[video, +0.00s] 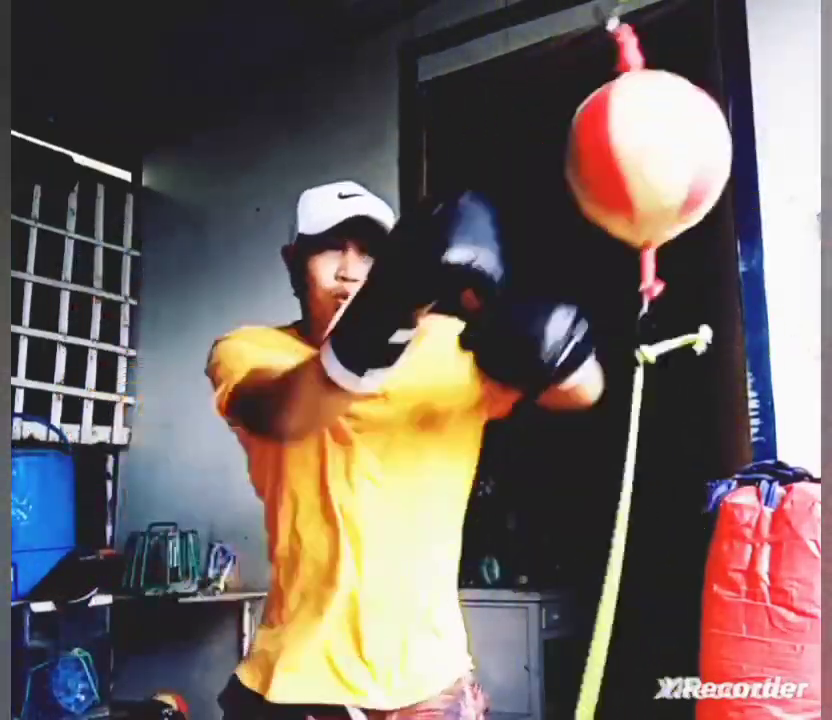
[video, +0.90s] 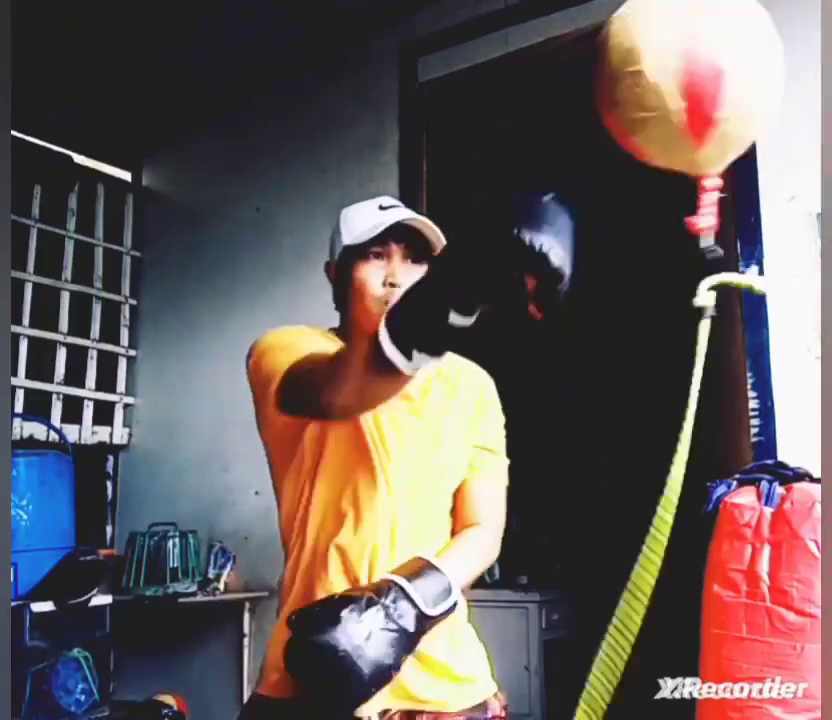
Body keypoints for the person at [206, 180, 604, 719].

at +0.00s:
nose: (349, 269)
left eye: (369, 250)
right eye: (330, 248)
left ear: (394, 266)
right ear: (297, 265)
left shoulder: (460, 348)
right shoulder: (249, 352)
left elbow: (582, 391)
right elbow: (285, 417)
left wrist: (560, 349)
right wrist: (376, 318)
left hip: (431, 684)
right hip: (294, 687)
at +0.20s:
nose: (360, 263)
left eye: (384, 247)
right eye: (344, 241)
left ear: (412, 268)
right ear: (320, 258)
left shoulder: (467, 352)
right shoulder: (286, 368)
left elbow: (555, 462)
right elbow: (234, 514)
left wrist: (489, 471)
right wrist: (271, 423)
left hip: (442, 668)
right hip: (315, 659)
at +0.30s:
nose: (301, 282)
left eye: (322, 261)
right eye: (284, 263)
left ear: (356, 271)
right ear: (263, 281)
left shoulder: (435, 370)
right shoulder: (267, 381)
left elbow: (493, 500)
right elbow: (239, 539)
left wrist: (421, 583)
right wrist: (254, 424)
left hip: (444, 675)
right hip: (320, 675)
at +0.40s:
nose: (257, 314)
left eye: (274, 297)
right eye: (238, 301)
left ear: (304, 312)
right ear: (217, 325)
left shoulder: (388, 381)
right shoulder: (222, 436)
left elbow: (465, 497)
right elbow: (238, 571)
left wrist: (382, 593)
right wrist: (245, 459)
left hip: (435, 671)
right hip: (326, 684)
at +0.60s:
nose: (285, 323)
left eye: (301, 302)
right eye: (263, 304)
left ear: (324, 315)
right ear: (237, 328)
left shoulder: (400, 392)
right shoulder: (222, 448)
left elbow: (461, 520)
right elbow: (249, 589)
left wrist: (370, 618)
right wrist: (261, 491)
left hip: (430, 684)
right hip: (306, 690)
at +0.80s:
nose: (390, 272)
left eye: (404, 257)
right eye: (367, 257)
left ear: (423, 270)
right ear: (329, 280)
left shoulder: (456, 382)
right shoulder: (281, 361)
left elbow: (484, 518)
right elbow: (295, 446)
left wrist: (414, 583)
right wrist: (389, 330)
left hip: (444, 682)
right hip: (313, 687)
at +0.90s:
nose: (395, 273)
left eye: (412, 257)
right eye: (374, 255)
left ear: (433, 275)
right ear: (338, 275)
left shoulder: (470, 386)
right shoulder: (283, 352)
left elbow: (483, 531)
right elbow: (340, 393)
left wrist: (398, 608)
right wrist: (428, 324)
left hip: (446, 683)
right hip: (314, 684)